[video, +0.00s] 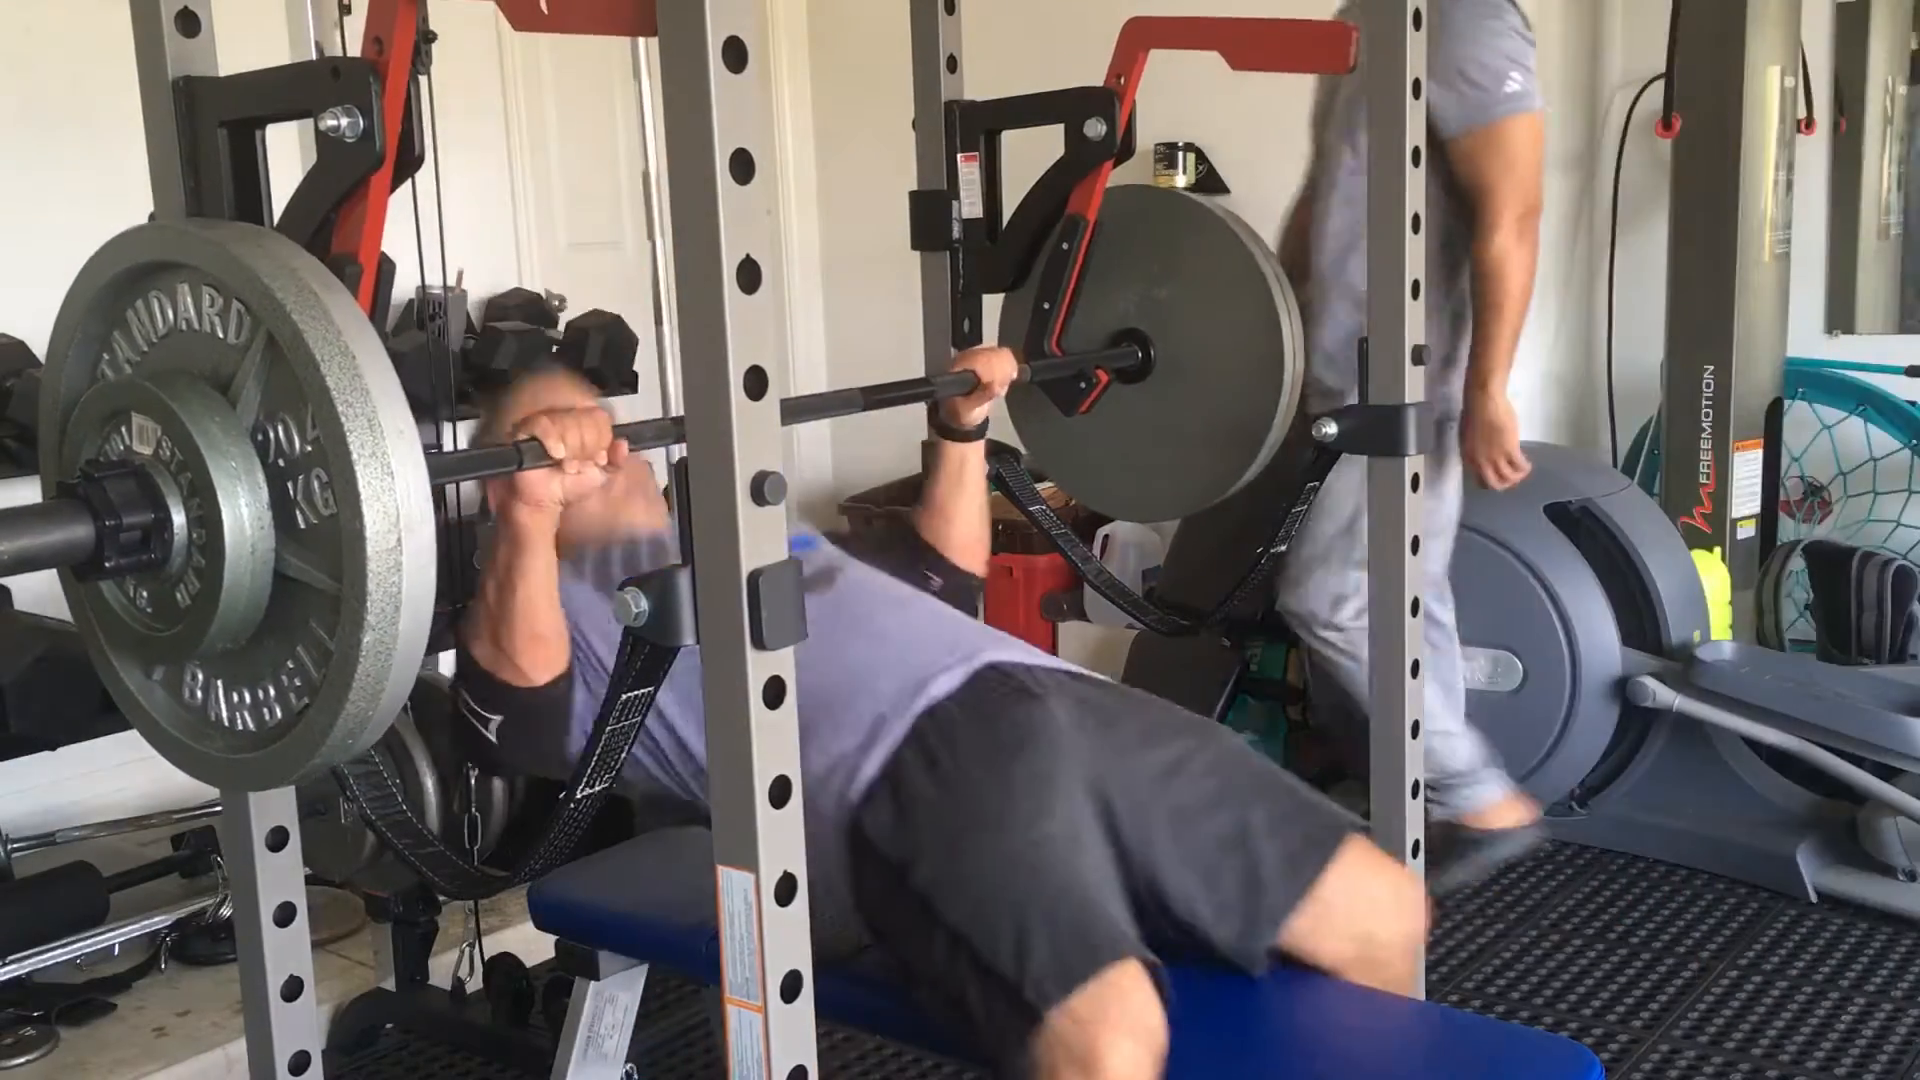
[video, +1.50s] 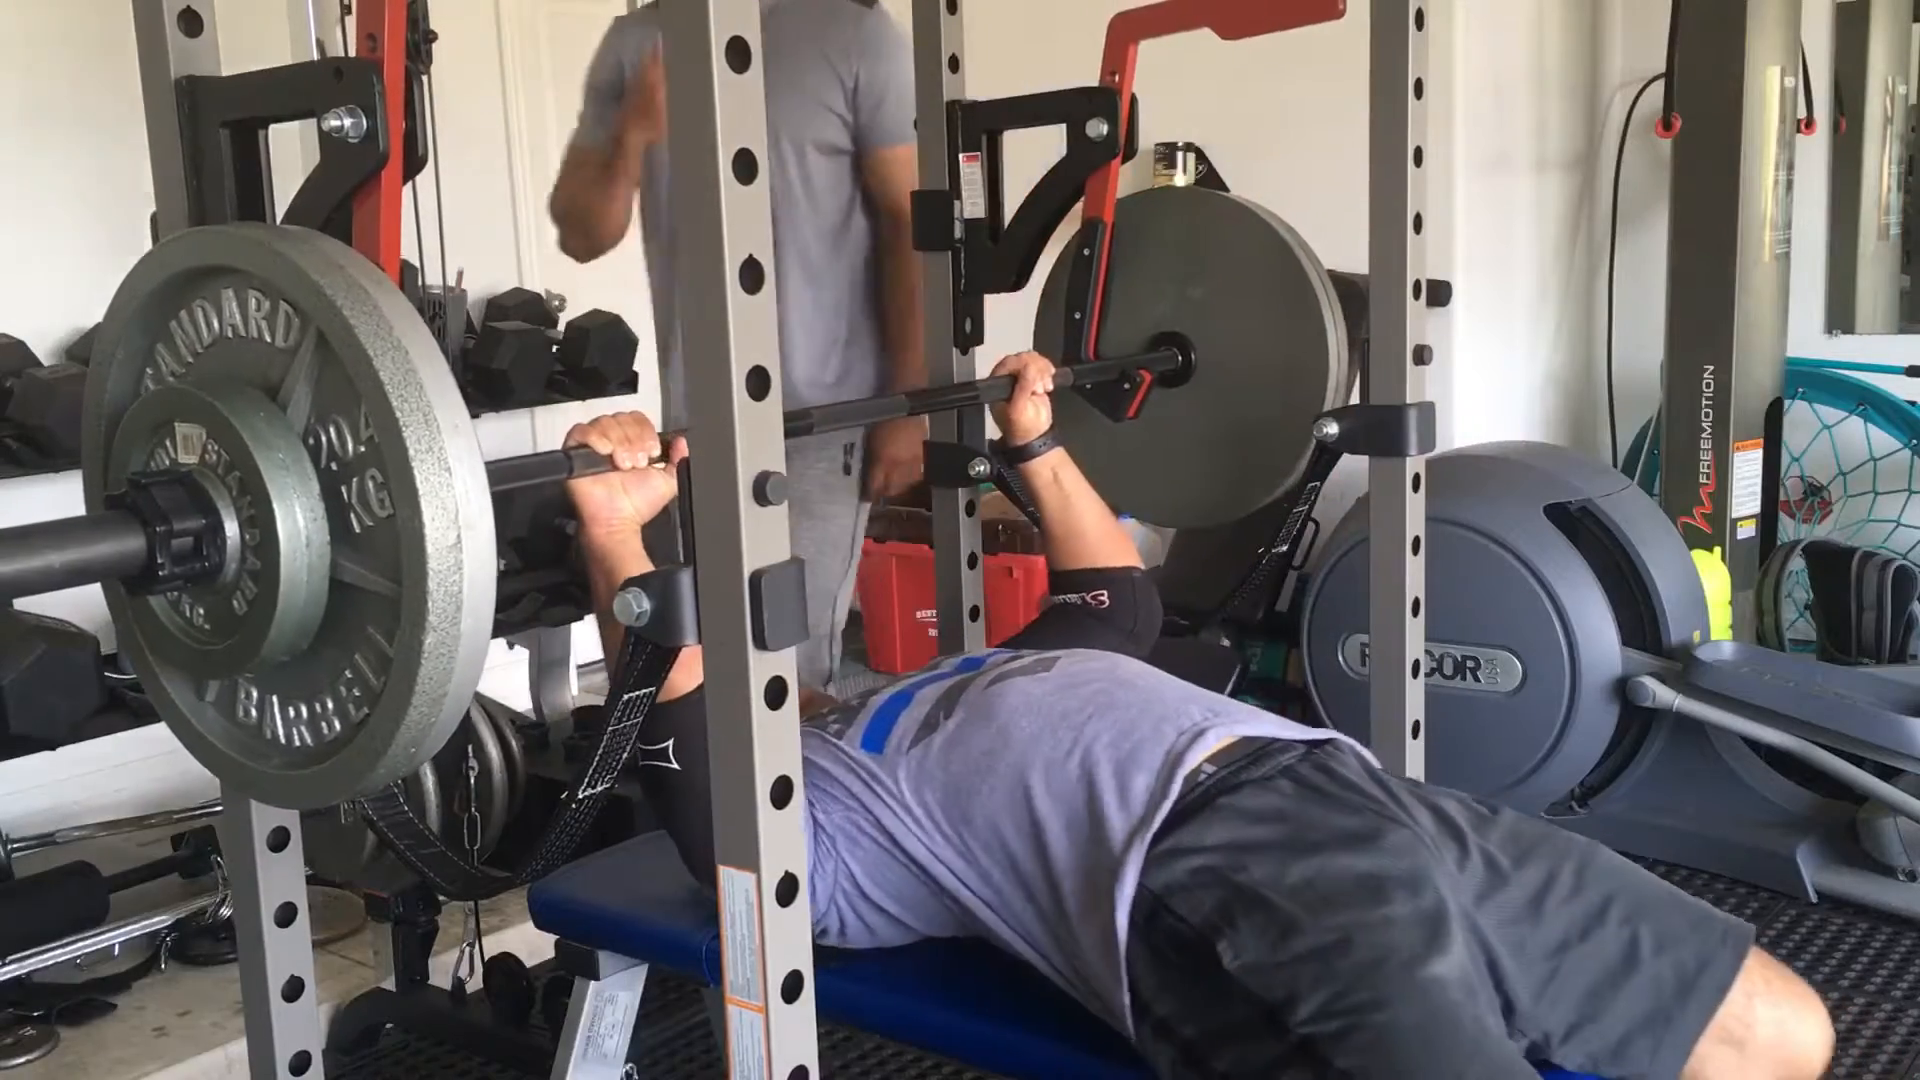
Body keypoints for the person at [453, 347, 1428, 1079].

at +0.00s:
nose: (611, 456)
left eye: (610, 432)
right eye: (561, 444)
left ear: (633, 443)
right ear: (501, 493)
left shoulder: (753, 530)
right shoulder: (565, 619)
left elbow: (947, 585)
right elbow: (521, 717)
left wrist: (962, 425)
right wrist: (518, 520)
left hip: (1056, 697)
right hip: (924, 773)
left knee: (1387, 912)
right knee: (1112, 1035)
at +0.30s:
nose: (704, 638)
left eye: (717, 620)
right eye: (678, 647)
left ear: (756, 635)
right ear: (668, 691)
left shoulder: (897, 655)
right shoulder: (704, 760)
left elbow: (1028, 608)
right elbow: (586, 766)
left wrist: (996, 439)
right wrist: (560, 525)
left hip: (1226, 755)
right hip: (1085, 844)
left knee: (1605, 965)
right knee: (1310, 1052)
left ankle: (1281, 926)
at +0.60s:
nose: (779, 650)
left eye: (778, 636)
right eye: (750, 665)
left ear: (830, 657)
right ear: (744, 726)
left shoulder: (981, 666)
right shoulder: (821, 795)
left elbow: (1124, 615)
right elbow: (676, 760)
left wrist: (1035, 450)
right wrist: (622, 549)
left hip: (1377, 768)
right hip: (1234, 859)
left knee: (1766, 1019)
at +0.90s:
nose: (812, 690)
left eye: (812, 679)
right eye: (790, 702)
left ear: (869, 673)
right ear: (788, 750)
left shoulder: (1050, 667)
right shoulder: (879, 804)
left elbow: (1154, 583)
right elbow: (736, 766)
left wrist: (1037, 444)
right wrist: (643, 558)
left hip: (1476, 792)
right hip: (1323, 873)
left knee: (1851, 1055)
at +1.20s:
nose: (798, 692)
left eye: (795, 683)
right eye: (768, 702)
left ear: (859, 684)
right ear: (768, 751)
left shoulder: (1029, 677)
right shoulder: (857, 813)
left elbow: (1149, 587)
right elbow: (726, 752)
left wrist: (1030, 444)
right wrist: (627, 557)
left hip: (1449, 791)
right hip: (1302, 873)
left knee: (1835, 1049)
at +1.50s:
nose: (789, 658)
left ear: (848, 659)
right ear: (739, 740)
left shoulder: (1008, 677)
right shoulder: (815, 819)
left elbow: (1123, 600)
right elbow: (711, 733)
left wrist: (1028, 446)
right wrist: (626, 551)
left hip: (1382, 789)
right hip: (1237, 863)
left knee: (1793, 1029)